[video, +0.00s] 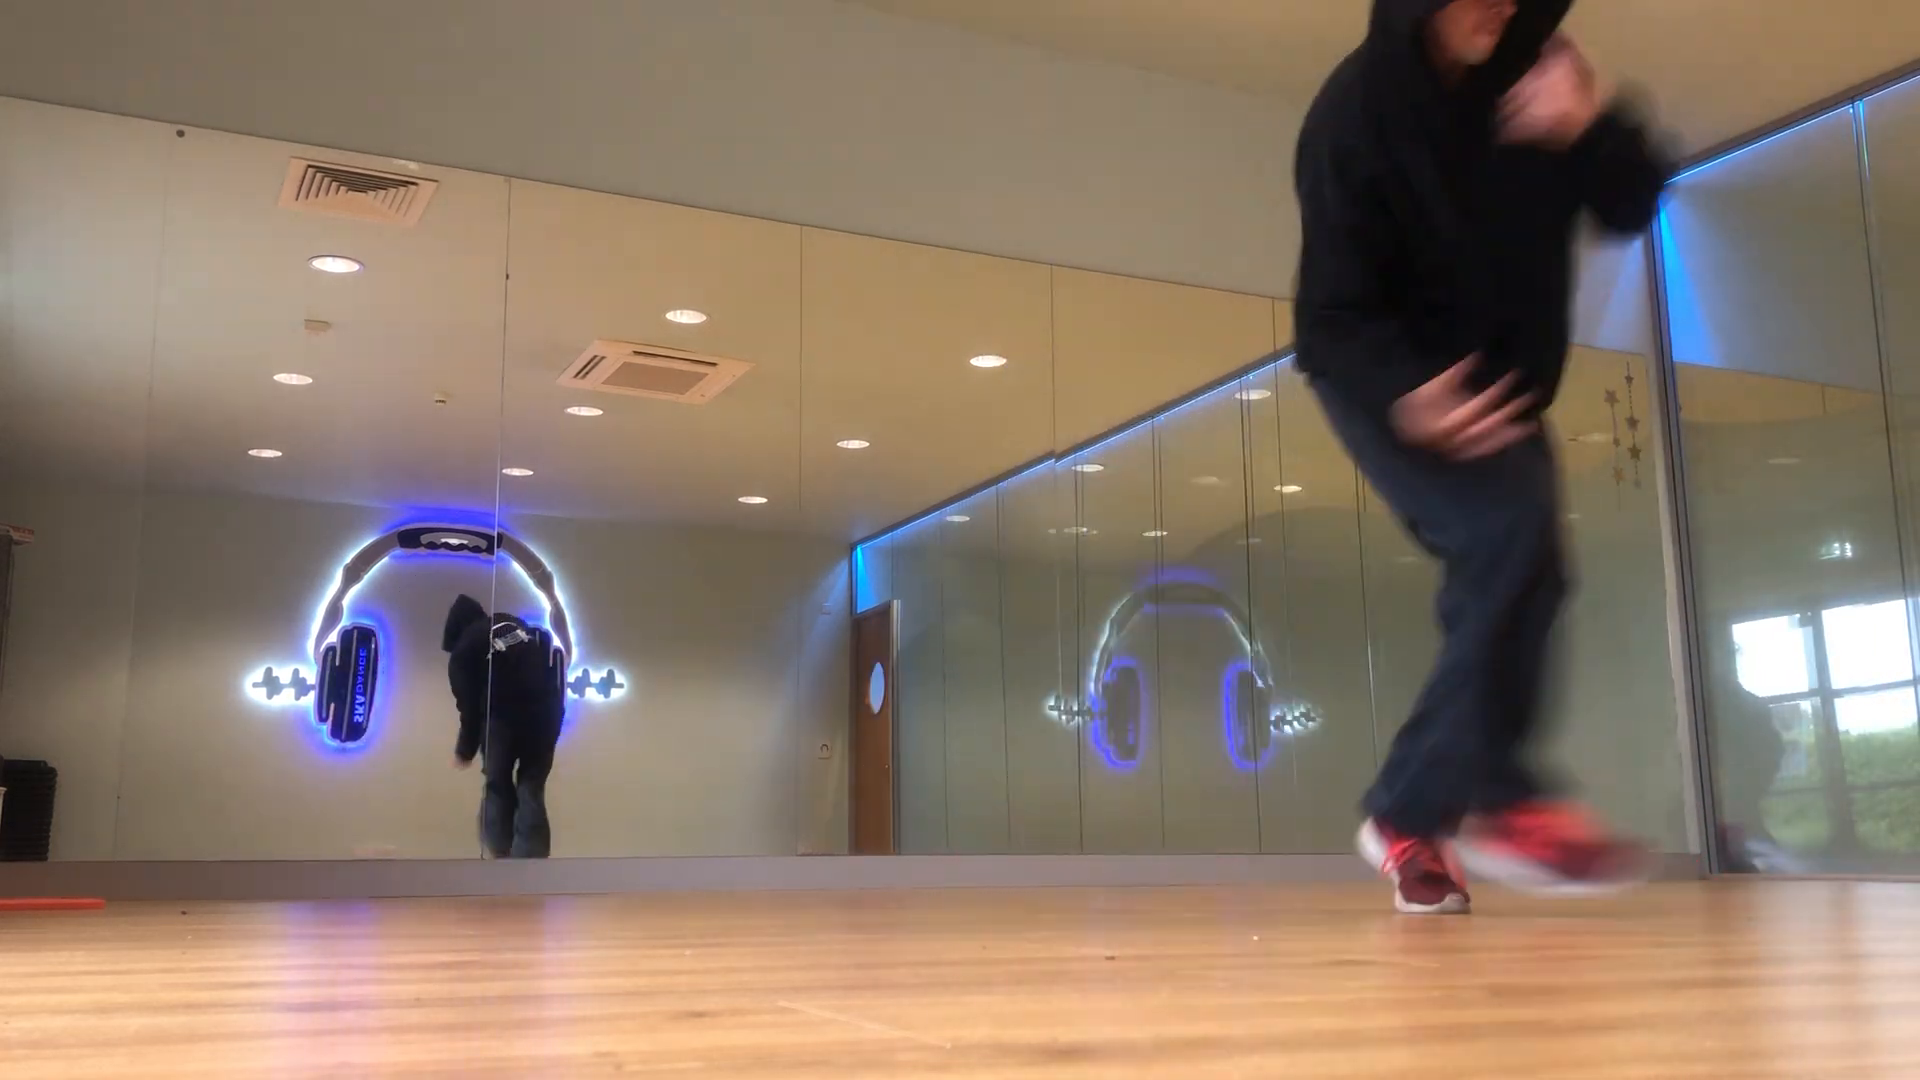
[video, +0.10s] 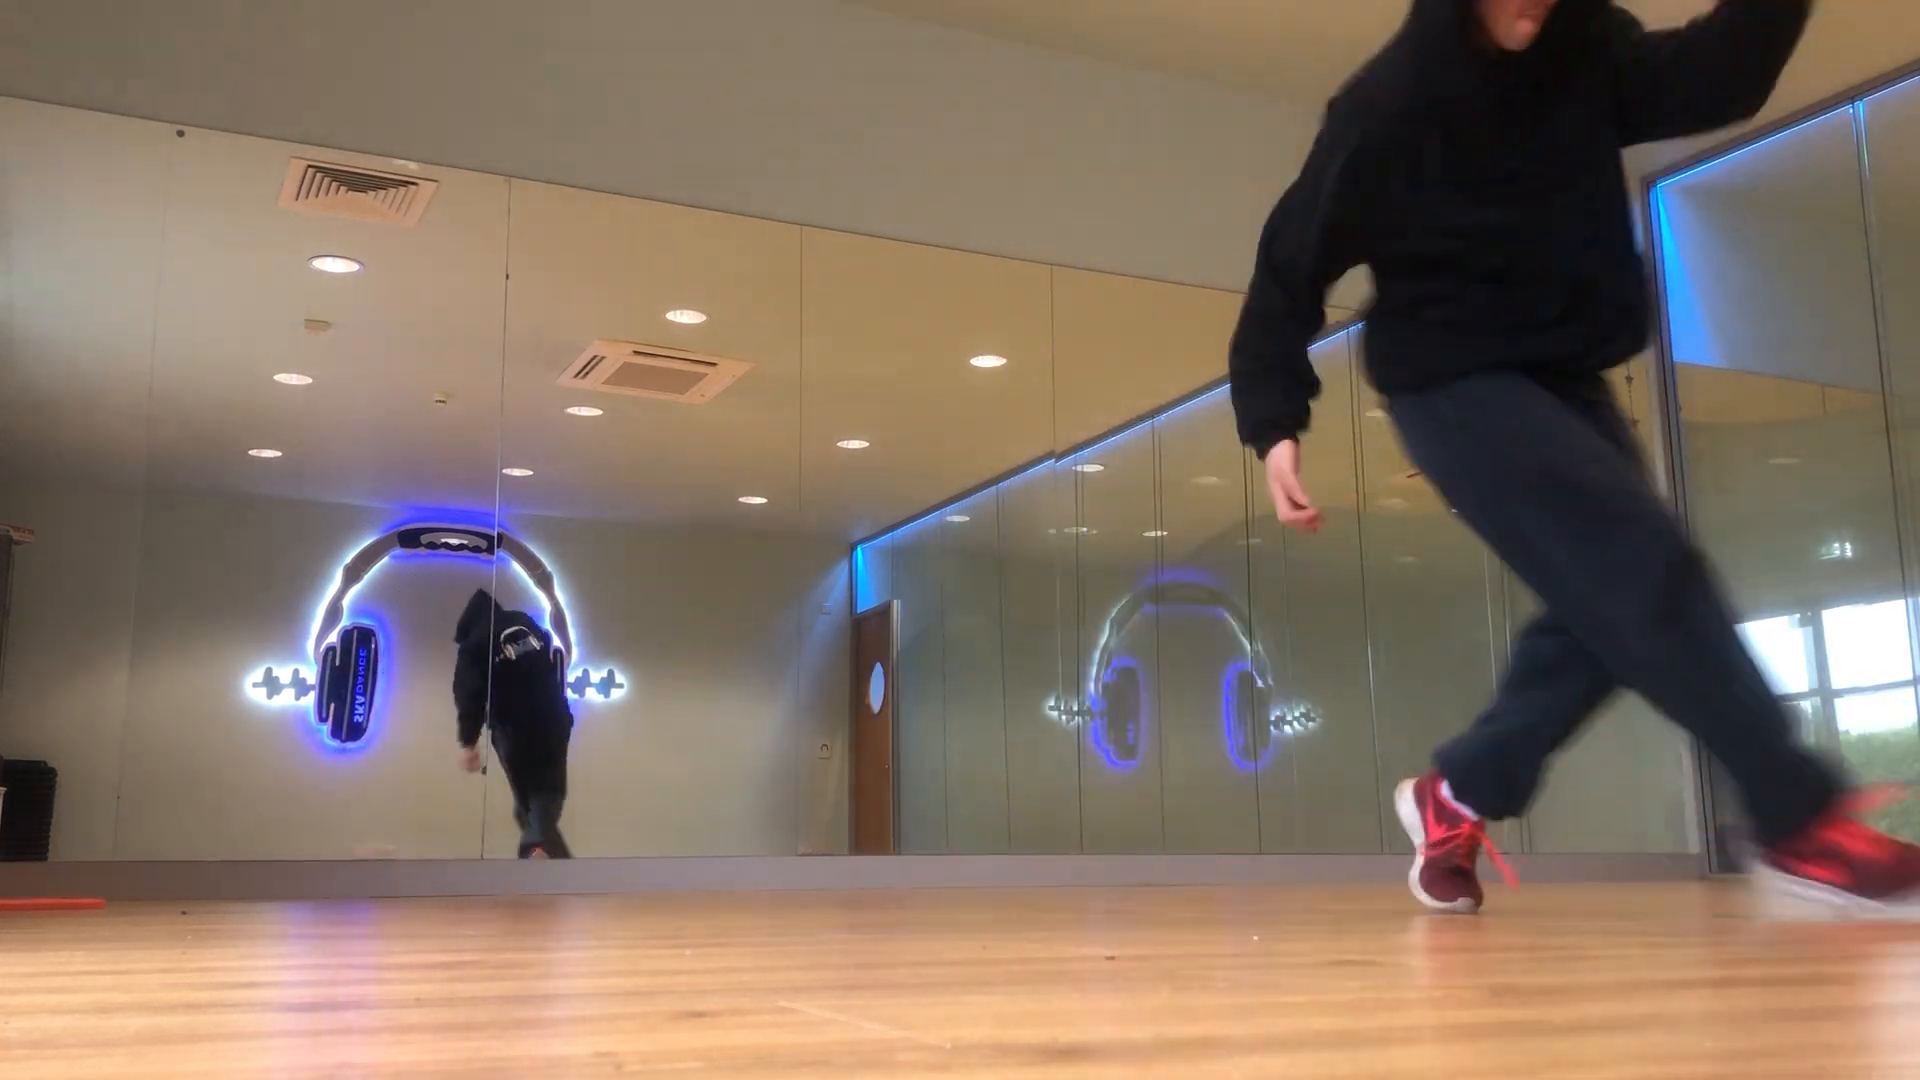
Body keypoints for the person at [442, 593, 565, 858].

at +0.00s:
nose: (452, 645)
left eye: (451, 639)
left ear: (455, 629)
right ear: (481, 615)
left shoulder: (464, 650)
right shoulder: (520, 629)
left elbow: (470, 706)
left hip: (502, 717)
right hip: (545, 713)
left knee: (497, 782)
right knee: (532, 785)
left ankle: (498, 853)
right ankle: (532, 860)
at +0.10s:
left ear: (468, 620)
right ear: (496, 606)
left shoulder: (476, 640)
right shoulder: (528, 623)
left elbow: (470, 688)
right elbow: (555, 663)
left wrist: (469, 741)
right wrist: (562, 711)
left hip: (509, 722)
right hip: (552, 715)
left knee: (526, 794)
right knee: (552, 787)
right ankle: (535, 847)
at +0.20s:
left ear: (480, 623)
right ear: (512, 615)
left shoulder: (479, 660)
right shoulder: (536, 637)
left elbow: (475, 696)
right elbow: (556, 667)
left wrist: (503, 730)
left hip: (514, 746)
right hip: (554, 733)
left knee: (545, 813)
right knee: (566, 805)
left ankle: (577, 870)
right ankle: (535, 850)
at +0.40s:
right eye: (521, 611)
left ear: (492, 615)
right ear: (522, 612)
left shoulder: (476, 649)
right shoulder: (538, 637)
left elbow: (459, 708)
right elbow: (555, 682)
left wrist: (473, 762)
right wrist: (565, 725)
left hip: (491, 733)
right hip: (531, 727)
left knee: (518, 795)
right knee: (538, 797)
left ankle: (540, 862)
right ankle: (521, 864)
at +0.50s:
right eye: (528, 615)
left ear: (497, 617)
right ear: (526, 615)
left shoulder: (480, 642)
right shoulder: (534, 637)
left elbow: (465, 694)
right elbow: (541, 689)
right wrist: (541, 739)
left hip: (463, 721)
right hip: (507, 722)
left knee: (498, 779)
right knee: (524, 794)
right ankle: (519, 866)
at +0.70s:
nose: (513, 613)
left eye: (511, 606)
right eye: (512, 607)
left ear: (487, 598)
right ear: (509, 604)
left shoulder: (461, 620)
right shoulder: (497, 620)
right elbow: (491, 678)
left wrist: (513, 672)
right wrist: (514, 672)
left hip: (419, 690)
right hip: (456, 693)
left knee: (432, 772)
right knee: (479, 768)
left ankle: (381, 835)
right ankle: (483, 851)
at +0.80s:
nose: (495, 624)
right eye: (495, 618)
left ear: (468, 609)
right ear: (492, 615)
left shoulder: (441, 630)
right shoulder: (482, 632)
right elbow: (470, 690)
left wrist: (492, 702)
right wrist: (495, 702)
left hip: (400, 704)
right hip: (437, 707)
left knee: (404, 776)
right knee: (445, 782)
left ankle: (378, 856)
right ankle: (437, 861)